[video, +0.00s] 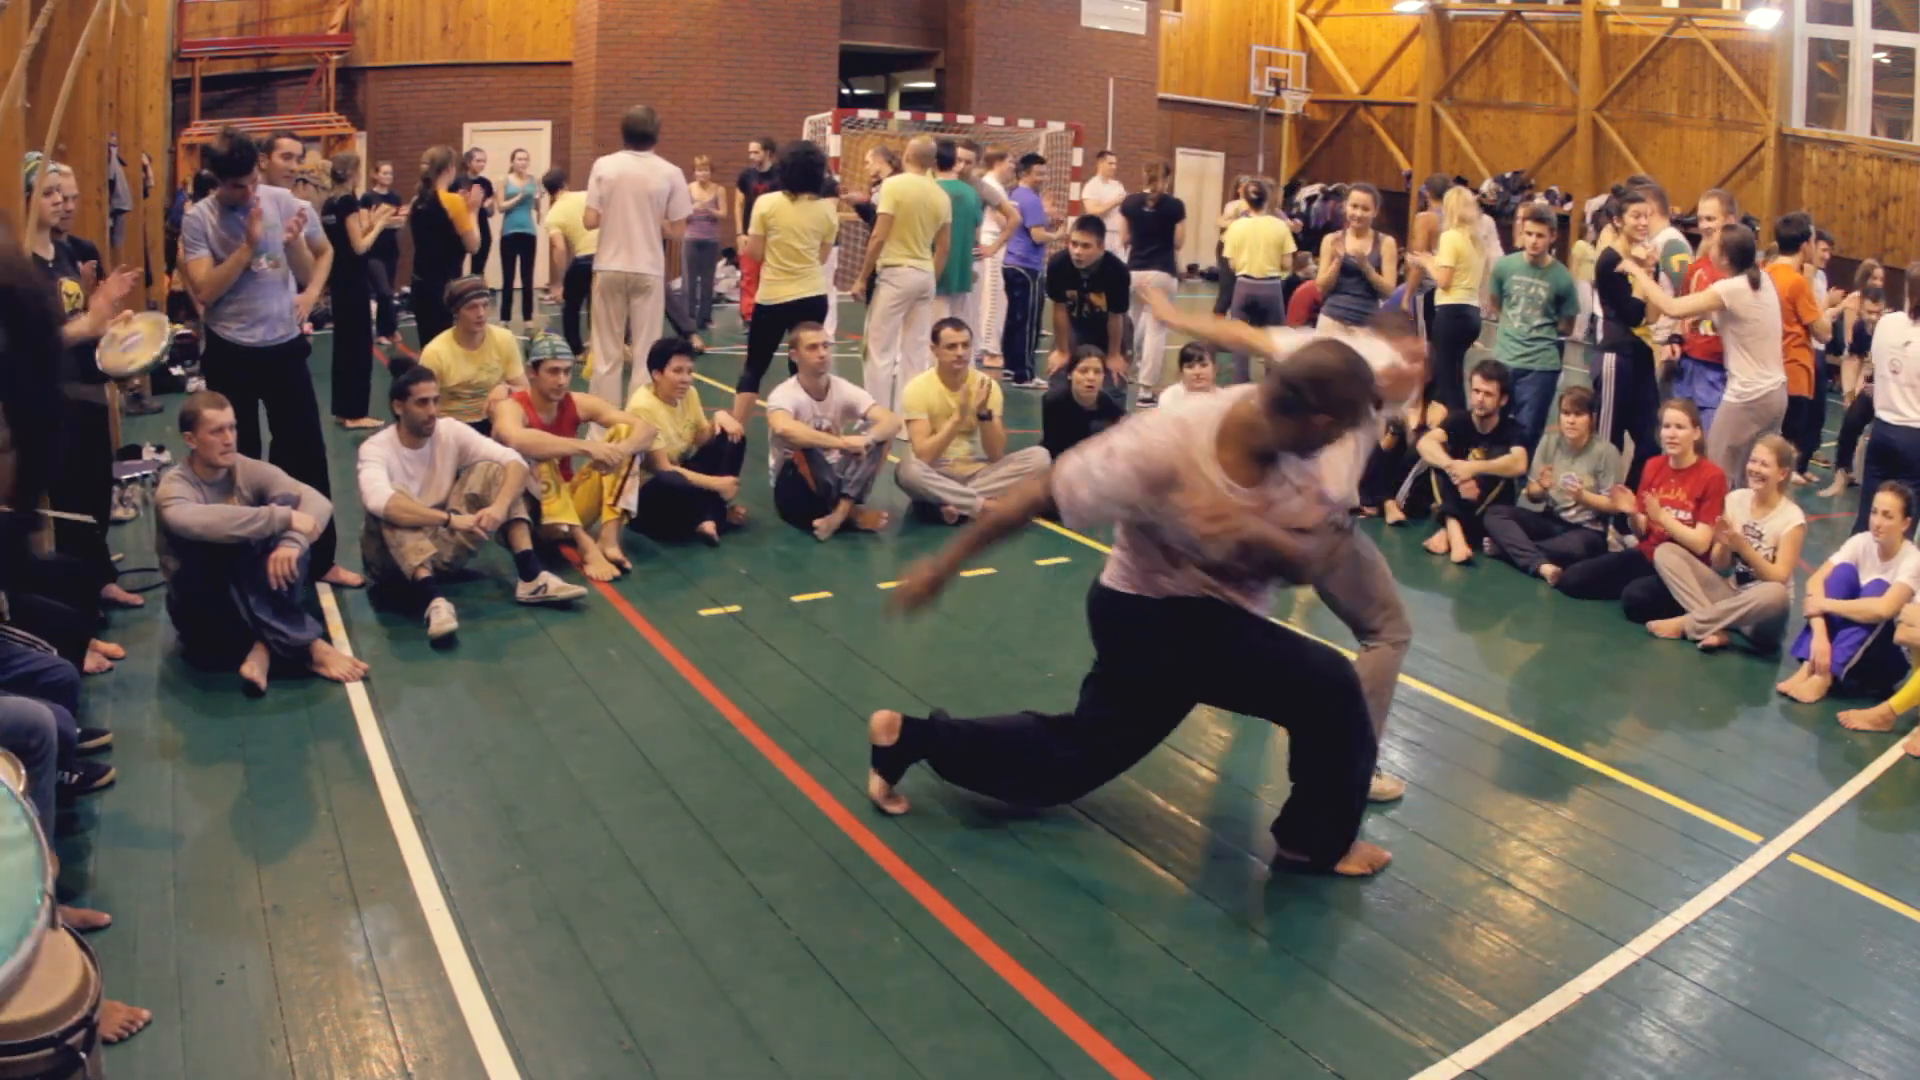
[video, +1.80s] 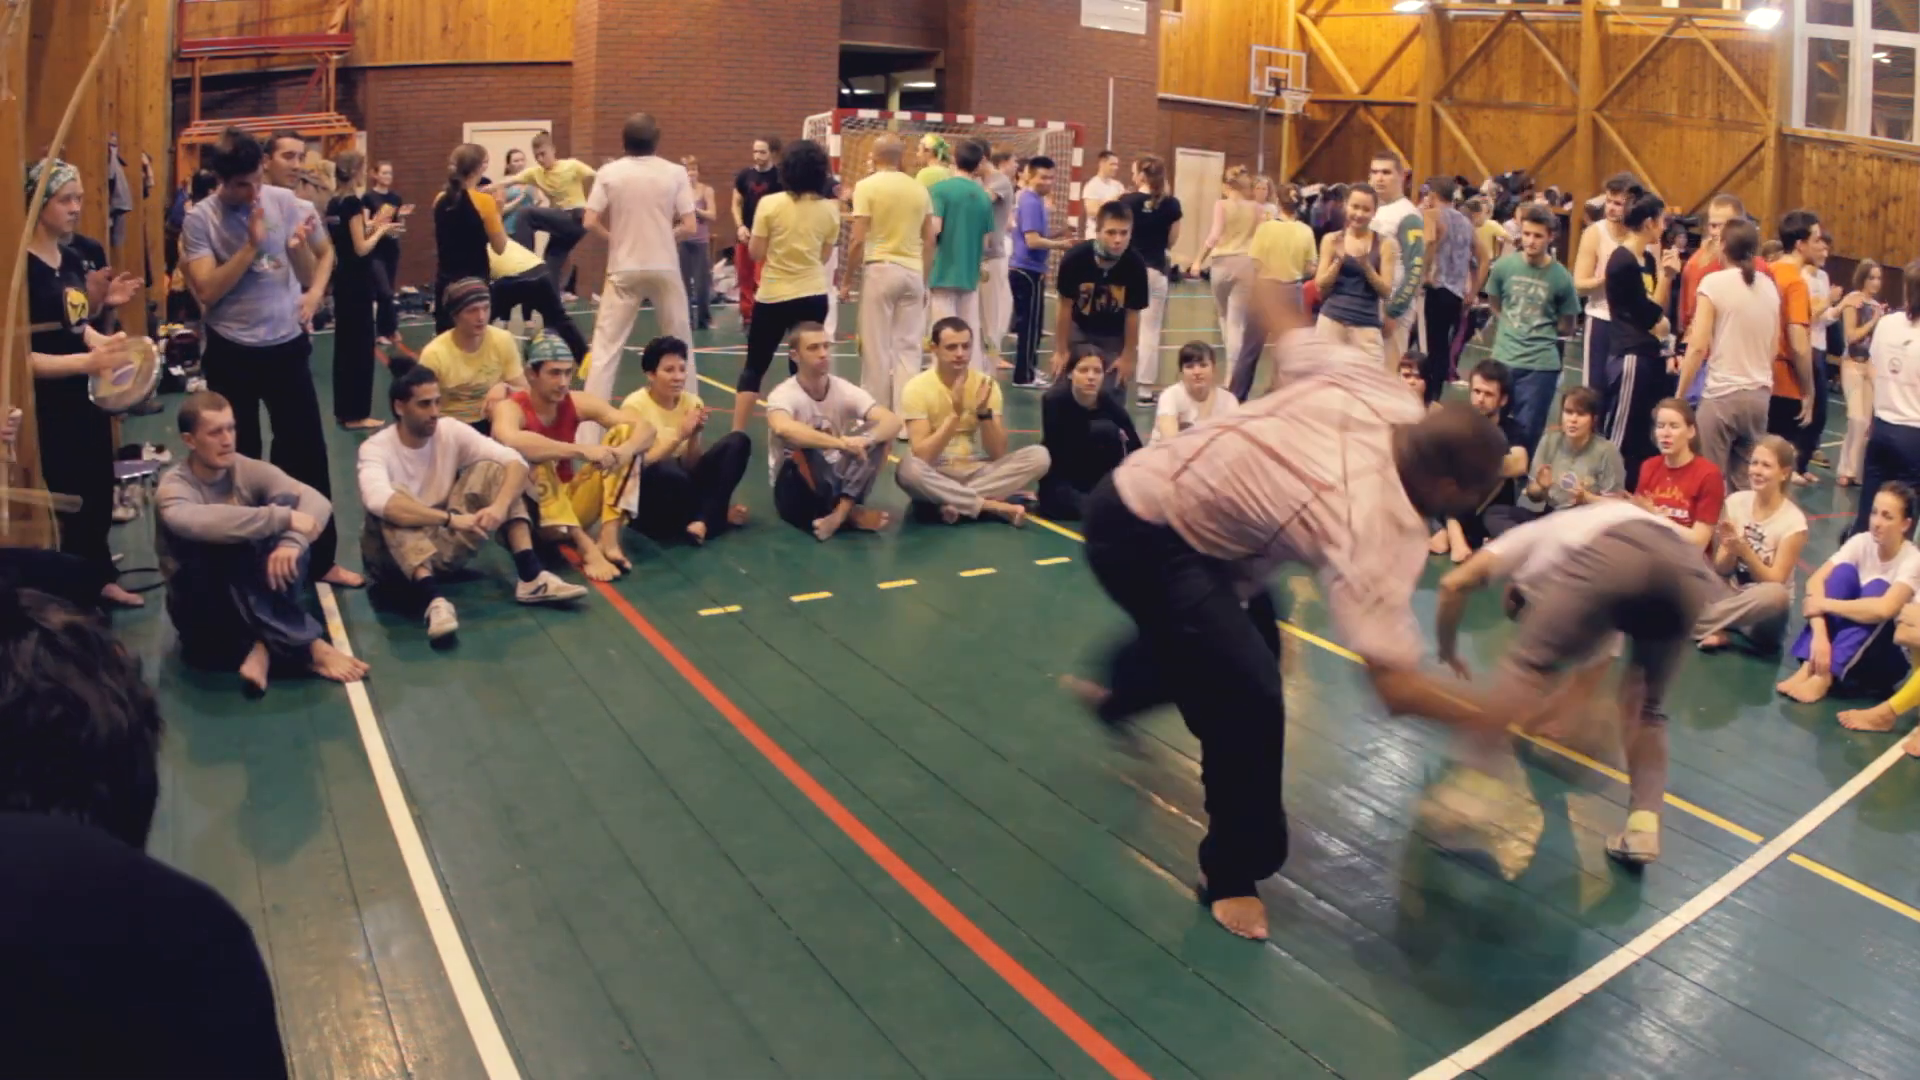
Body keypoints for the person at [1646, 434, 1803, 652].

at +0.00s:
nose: (1754, 469)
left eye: (1764, 464)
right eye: (1752, 461)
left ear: (1782, 474)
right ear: (1746, 463)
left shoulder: (1792, 517)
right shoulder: (1735, 499)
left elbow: (1779, 576)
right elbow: (1720, 566)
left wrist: (1741, 546)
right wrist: (1723, 542)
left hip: (1760, 606)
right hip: (1726, 592)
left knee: (1775, 593)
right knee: (1666, 552)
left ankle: (1685, 624)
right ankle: (1712, 629)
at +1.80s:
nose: (1757, 471)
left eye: (1766, 465)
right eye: (1754, 463)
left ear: (1784, 473)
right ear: (1748, 466)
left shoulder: (1794, 521)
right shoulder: (1734, 502)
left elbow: (1776, 578)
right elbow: (1720, 567)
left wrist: (1743, 551)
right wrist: (1730, 549)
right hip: (1726, 589)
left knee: (1774, 594)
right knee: (1685, 555)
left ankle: (1690, 624)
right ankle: (1709, 631)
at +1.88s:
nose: (1758, 471)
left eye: (1767, 465)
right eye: (1755, 463)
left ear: (1785, 473)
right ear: (1748, 466)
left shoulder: (1794, 521)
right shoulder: (1734, 502)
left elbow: (1777, 576)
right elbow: (1721, 546)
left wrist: (1742, 547)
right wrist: (1722, 536)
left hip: (1765, 589)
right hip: (1728, 582)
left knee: (1773, 591)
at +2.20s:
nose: (1759, 472)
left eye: (1769, 466)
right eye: (1756, 464)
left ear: (1785, 474)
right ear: (1749, 466)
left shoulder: (1794, 522)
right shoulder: (1735, 502)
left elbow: (1776, 579)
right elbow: (1720, 564)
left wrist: (1742, 549)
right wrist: (1733, 547)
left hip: (1764, 601)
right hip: (1727, 589)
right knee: (1666, 554)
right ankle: (1707, 620)